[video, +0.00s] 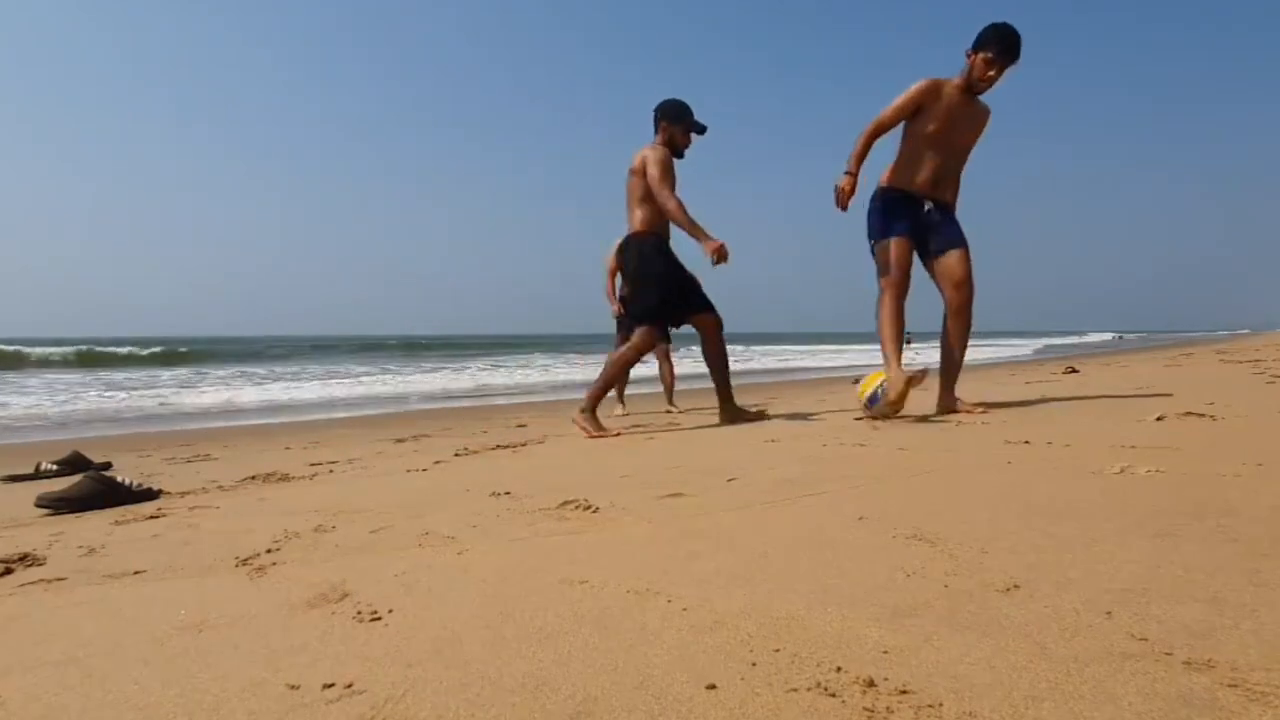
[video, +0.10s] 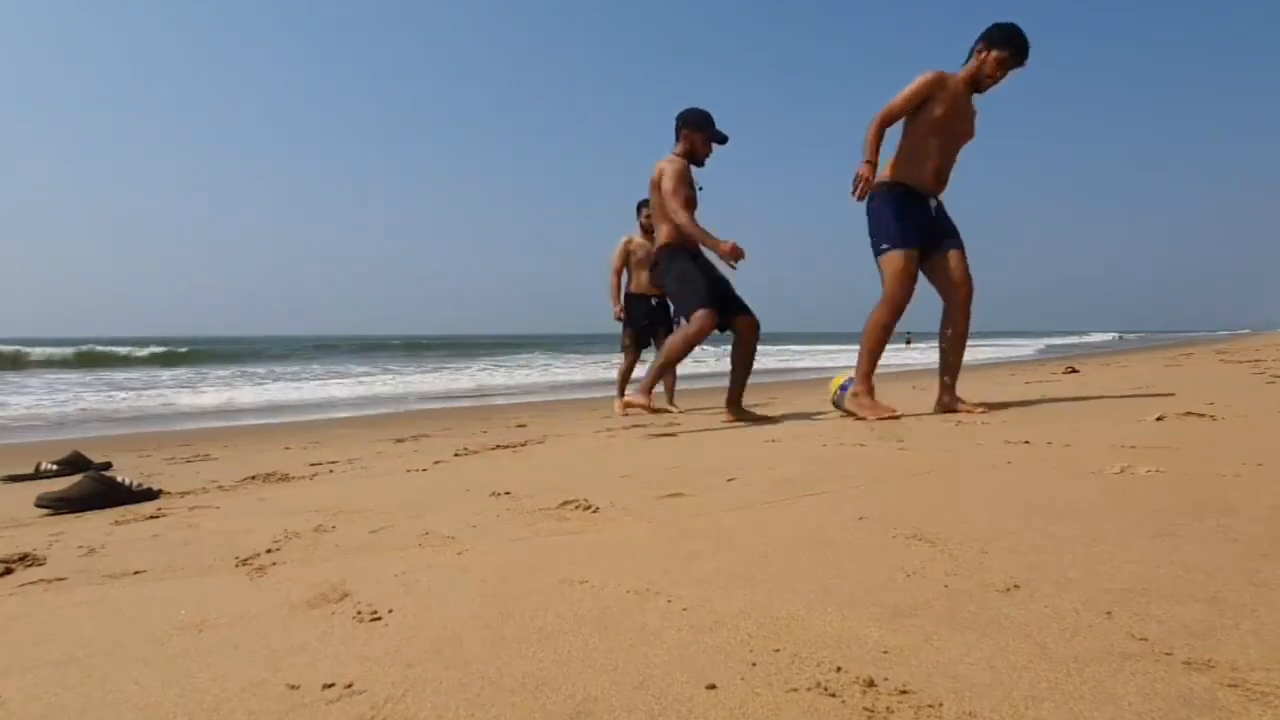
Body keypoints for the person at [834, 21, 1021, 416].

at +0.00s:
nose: (992, 74)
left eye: (1001, 68)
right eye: (988, 63)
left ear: (1006, 71)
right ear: (971, 55)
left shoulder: (981, 115)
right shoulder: (931, 91)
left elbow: (954, 163)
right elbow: (873, 130)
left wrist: (947, 211)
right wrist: (851, 174)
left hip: (938, 211)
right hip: (896, 202)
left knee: (961, 292)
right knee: (894, 281)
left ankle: (947, 398)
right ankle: (894, 377)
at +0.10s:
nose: (999, 76)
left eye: (1007, 71)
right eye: (999, 64)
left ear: (1006, 70)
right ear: (981, 51)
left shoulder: (969, 113)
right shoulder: (937, 83)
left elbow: (936, 153)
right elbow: (880, 121)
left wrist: (926, 194)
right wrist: (868, 165)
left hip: (929, 206)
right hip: (894, 199)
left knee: (960, 289)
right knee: (898, 290)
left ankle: (947, 396)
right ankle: (859, 392)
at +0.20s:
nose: (994, 87)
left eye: (999, 81)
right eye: (998, 78)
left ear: (983, 62)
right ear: (988, 63)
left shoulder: (959, 98)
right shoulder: (949, 78)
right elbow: (898, 113)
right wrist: (895, 165)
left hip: (923, 208)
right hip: (898, 200)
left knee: (959, 292)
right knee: (881, 300)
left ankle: (943, 392)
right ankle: (848, 400)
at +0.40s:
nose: (925, 75)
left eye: (926, 71)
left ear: (933, 69)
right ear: (967, 63)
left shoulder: (911, 102)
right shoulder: (980, 80)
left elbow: (875, 160)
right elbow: (997, 115)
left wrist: (864, 213)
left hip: (890, 202)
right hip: (926, 199)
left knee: (929, 303)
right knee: (940, 308)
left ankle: (920, 397)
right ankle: (857, 384)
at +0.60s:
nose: (923, 52)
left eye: (923, 47)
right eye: (924, 47)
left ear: (932, 45)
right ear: (967, 43)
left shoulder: (912, 82)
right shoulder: (991, 70)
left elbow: (883, 141)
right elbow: (1035, 131)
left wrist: (869, 200)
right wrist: (1103, 166)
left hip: (909, 197)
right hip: (961, 194)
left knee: (924, 295)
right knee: (985, 294)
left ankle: (918, 398)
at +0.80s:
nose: (941, 36)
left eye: (941, 28)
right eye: (942, 29)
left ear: (948, 26)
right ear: (983, 26)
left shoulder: (933, 62)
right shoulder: (1012, 62)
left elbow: (918, 124)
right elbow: (1046, 127)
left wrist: (895, 187)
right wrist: (1039, 159)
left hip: (939, 188)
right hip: (1000, 186)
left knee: (926, 297)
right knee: (1006, 299)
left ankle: (917, 396)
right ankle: (1021, 398)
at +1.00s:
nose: (935, 13)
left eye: (934, 9)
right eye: (935, 9)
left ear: (943, 6)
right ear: (979, 7)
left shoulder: (943, 35)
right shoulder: (1010, 42)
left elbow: (950, 96)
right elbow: (1024, 115)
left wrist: (926, 166)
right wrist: (1011, 162)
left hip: (958, 165)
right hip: (1014, 165)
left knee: (917, 279)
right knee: (1004, 285)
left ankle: (915, 397)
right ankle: (1021, 398)